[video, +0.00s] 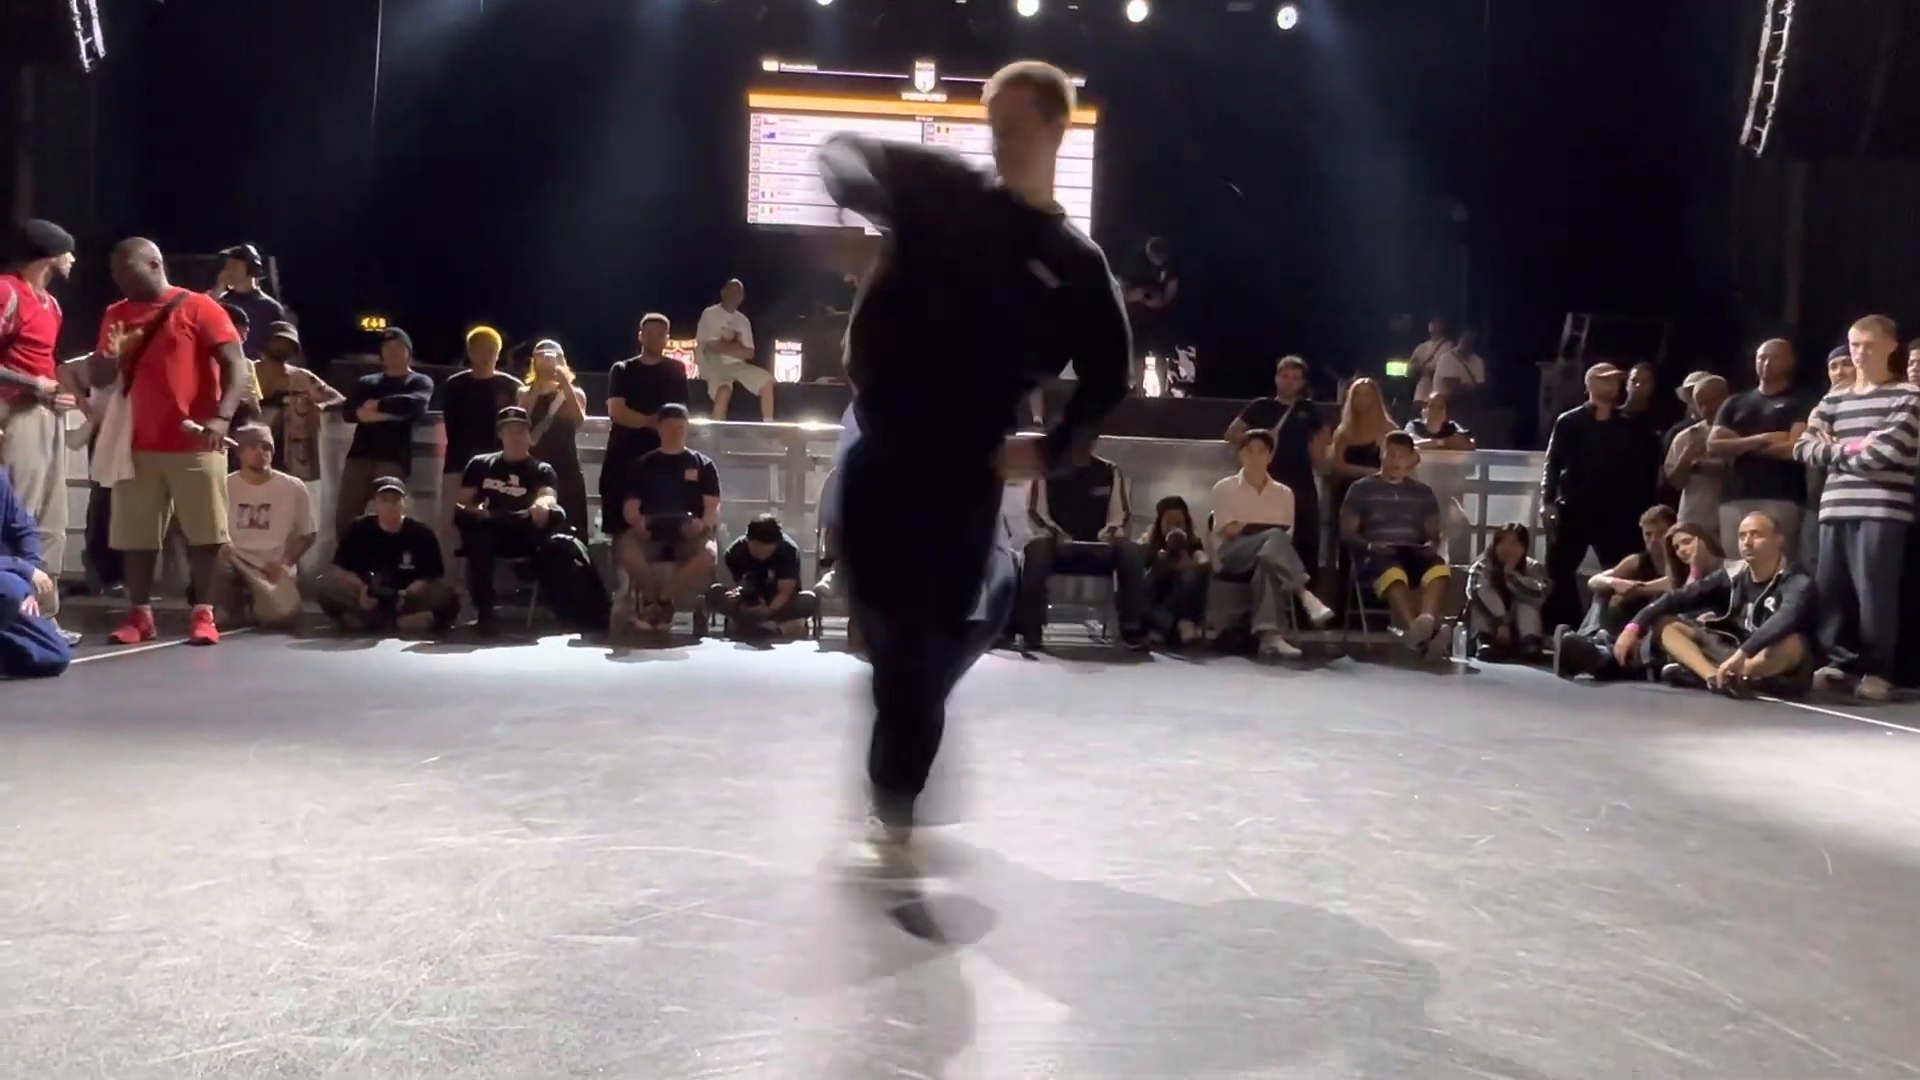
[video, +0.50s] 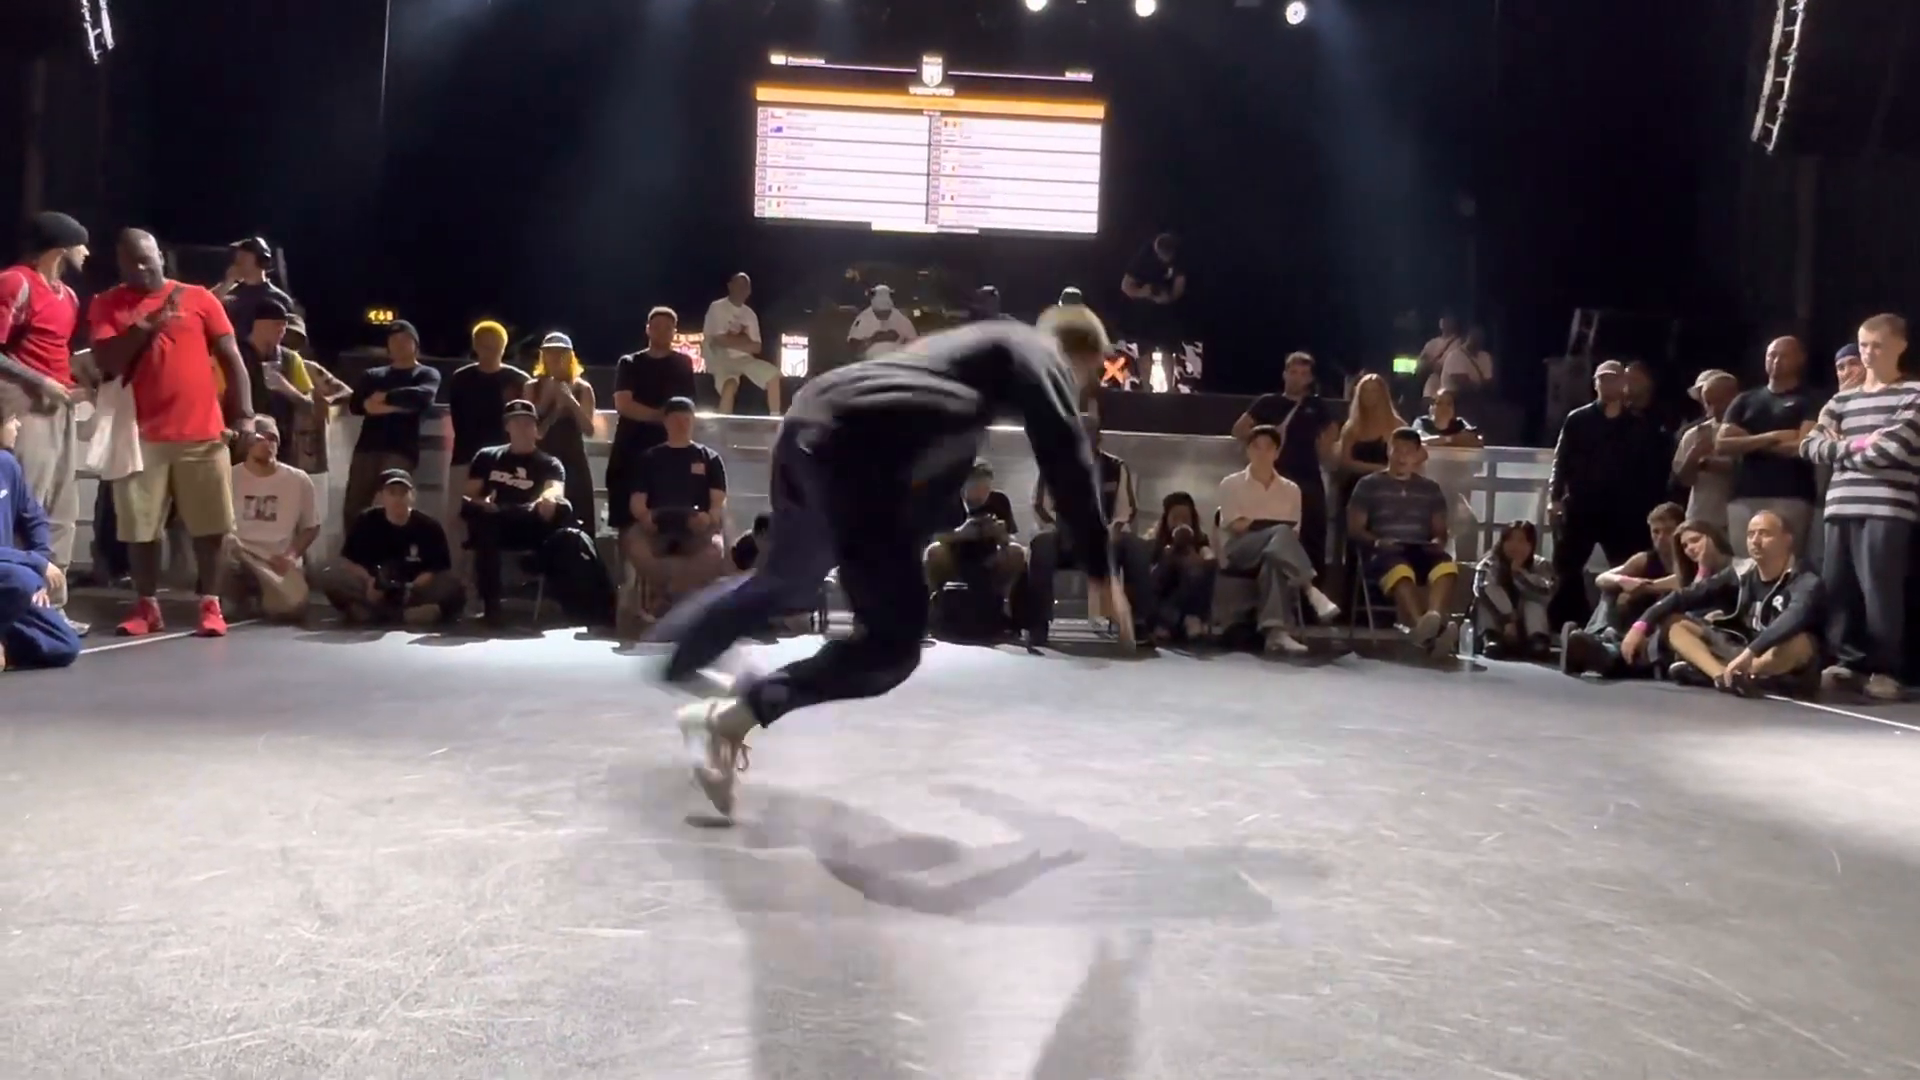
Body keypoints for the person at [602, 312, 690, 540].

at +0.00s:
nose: (657, 338)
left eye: (662, 334)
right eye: (652, 333)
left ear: (667, 338)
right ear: (640, 336)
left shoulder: (676, 369)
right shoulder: (622, 369)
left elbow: (678, 416)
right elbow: (616, 412)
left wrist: (631, 415)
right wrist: (653, 421)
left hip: (661, 455)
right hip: (623, 454)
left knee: (661, 523)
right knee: (620, 525)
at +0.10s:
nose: (654, 337)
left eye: (660, 332)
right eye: (650, 331)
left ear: (668, 337)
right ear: (641, 334)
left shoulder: (677, 368)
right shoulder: (623, 368)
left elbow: (679, 415)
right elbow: (617, 411)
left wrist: (630, 412)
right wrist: (656, 421)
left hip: (663, 457)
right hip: (624, 455)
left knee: (662, 524)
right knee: (621, 526)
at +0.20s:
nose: (658, 337)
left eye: (663, 332)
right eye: (653, 331)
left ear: (670, 337)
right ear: (643, 334)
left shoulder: (679, 368)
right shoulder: (625, 367)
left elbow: (680, 415)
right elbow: (619, 409)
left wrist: (632, 412)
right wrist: (658, 420)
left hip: (664, 455)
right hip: (626, 453)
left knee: (662, 521)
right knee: (622, 524)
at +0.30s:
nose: (658, 335)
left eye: (664, 330)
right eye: (653, 329)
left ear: (671, 334)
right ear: (644, 332)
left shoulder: (680, 365)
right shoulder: (626, 365)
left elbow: (680, 414)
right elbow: (619, 407)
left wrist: (632, 409)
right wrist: (659, 418)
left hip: (665, 452)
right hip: (628, 450)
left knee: (663, 519)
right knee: (623, 521)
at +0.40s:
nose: (660, 334)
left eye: (666, 329)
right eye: (655, 328)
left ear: (672, 333)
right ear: (646, 331)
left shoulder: (681, 363)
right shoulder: (627, 363)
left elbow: (683, 411)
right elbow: (621, 406)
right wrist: (661, 416)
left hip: (666, 451)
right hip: (628, 448)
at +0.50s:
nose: (662, 332)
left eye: (668, 327)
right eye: (657, 326)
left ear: (674, 332)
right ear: (647, 329)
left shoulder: (682, 363)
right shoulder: (629, 362)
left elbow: (685, 411)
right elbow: (622, 404)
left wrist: (636, 407)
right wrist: (663, 416)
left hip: (668, 451)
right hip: (630, 449)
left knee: (667, 518)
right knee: (626, 520)